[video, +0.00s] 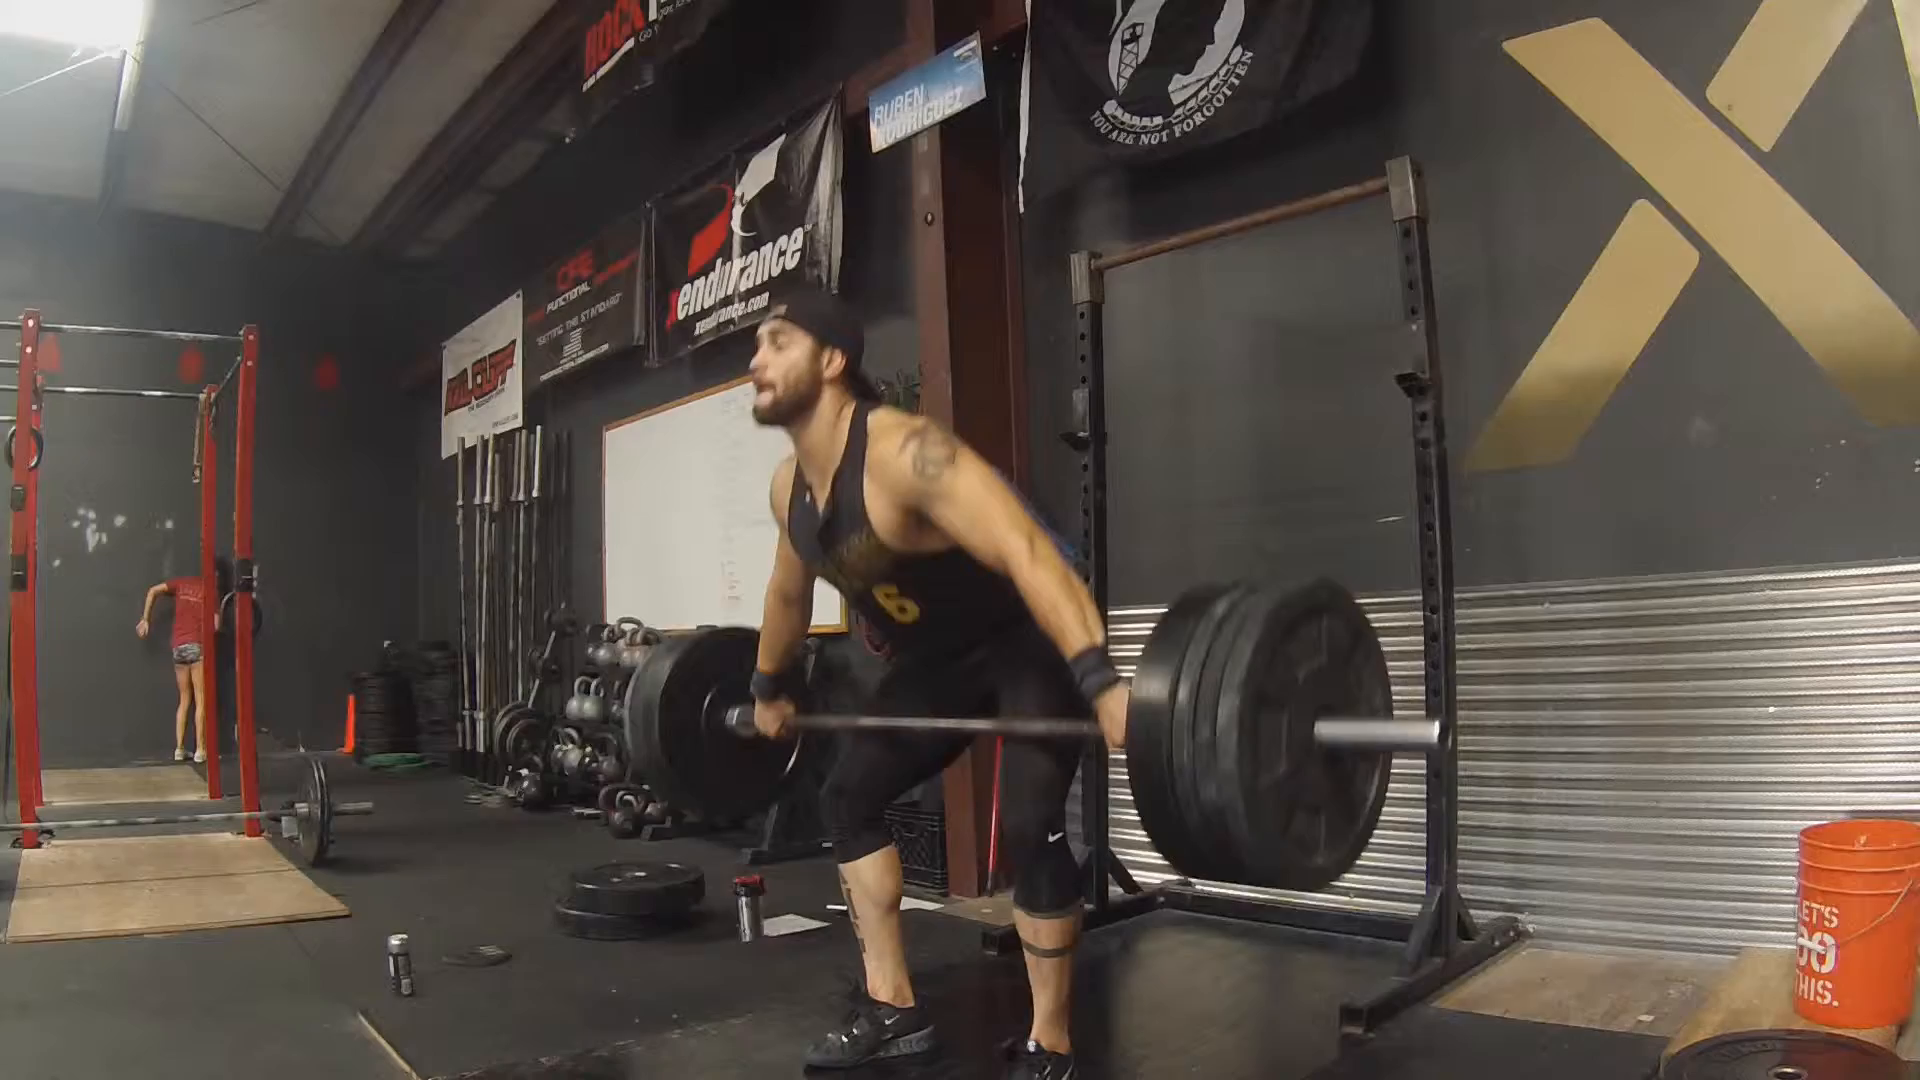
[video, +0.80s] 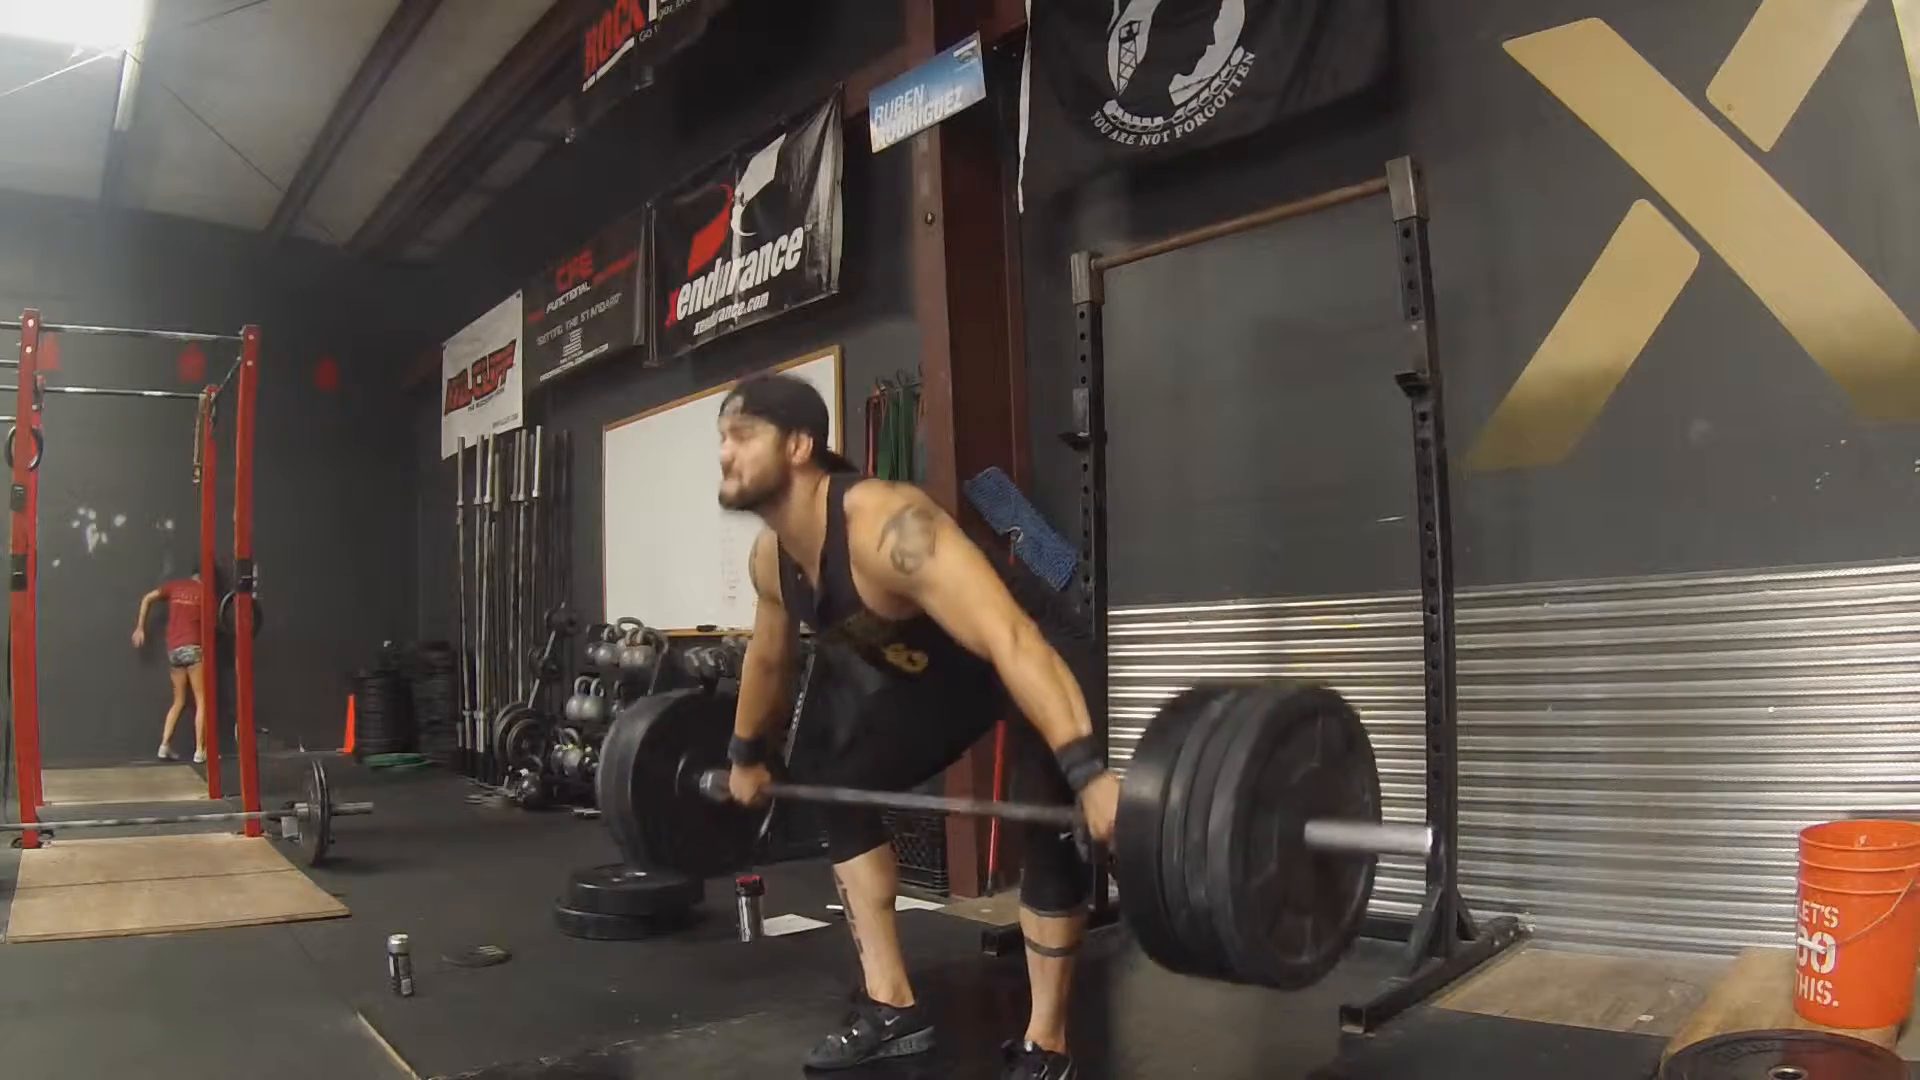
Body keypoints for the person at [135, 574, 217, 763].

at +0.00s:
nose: (217, 579)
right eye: (218, 576)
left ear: (203, 571)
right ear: (216, 575)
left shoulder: (183, 583)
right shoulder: (213, 592)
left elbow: (153, 590)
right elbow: (216, 625)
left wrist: (145, 619)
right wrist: (215, 608)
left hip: (178, 643)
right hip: (198, 642)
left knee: (184, 698)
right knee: (200, 699)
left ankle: (179, 748)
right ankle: (200, 749)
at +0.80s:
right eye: (209, 579)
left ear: (193, 574)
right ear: (207, 577)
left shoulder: (174, 586)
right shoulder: (206, 592)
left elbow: (147, 598)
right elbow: (213, 621)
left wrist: (139, 628)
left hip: (174, 646)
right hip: (194, 645)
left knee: (178, 701)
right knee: (201, 701)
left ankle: (164, 745)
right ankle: (200, 750)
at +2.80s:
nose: (203, 570)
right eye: (203, 567)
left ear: (186, 564)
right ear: (199, 565)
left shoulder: (171, 586)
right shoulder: (201, 584)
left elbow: (167, 620)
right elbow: (207, 614)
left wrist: (171, 635)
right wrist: (208, 637)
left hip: (173, 641)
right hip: (194, 641)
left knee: (170, 696)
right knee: (199, 695)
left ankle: (164, 746)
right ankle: (200, 746)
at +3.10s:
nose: (172, 564)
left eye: (174, 560)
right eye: (173, 560)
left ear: (180, 562)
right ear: (192, 562)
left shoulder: (168, 583)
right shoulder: (201, 583)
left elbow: (160, 616)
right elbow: (207, 613)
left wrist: (170, 632)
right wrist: (203, 633)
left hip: (172, 642)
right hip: (194, 641)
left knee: (170, 696)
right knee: (200, 695)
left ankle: (164, 745)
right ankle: (201, 743)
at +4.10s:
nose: (189, 566)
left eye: (192, 562)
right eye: (190, 561)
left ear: (202, 563)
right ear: (205, 564)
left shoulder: (196, 582)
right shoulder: (216, 584)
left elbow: (192, 612)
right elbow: (219, 615)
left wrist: (183, 643)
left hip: (195, 645)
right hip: (213, 645)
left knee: (187, 696)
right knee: (213, 696)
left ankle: (186, 747)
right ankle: (215, 748)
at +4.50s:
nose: (191, 568)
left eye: (194, 563)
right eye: (191, 564)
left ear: (203, 565)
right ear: (205, 565)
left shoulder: (199, 586)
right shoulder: (216, 586)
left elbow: (194, 615)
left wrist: (182, 644)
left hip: (199, 646)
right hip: (214, 644)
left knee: (201, 696)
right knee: (213, 696)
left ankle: (211, 747)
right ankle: (215, 745)